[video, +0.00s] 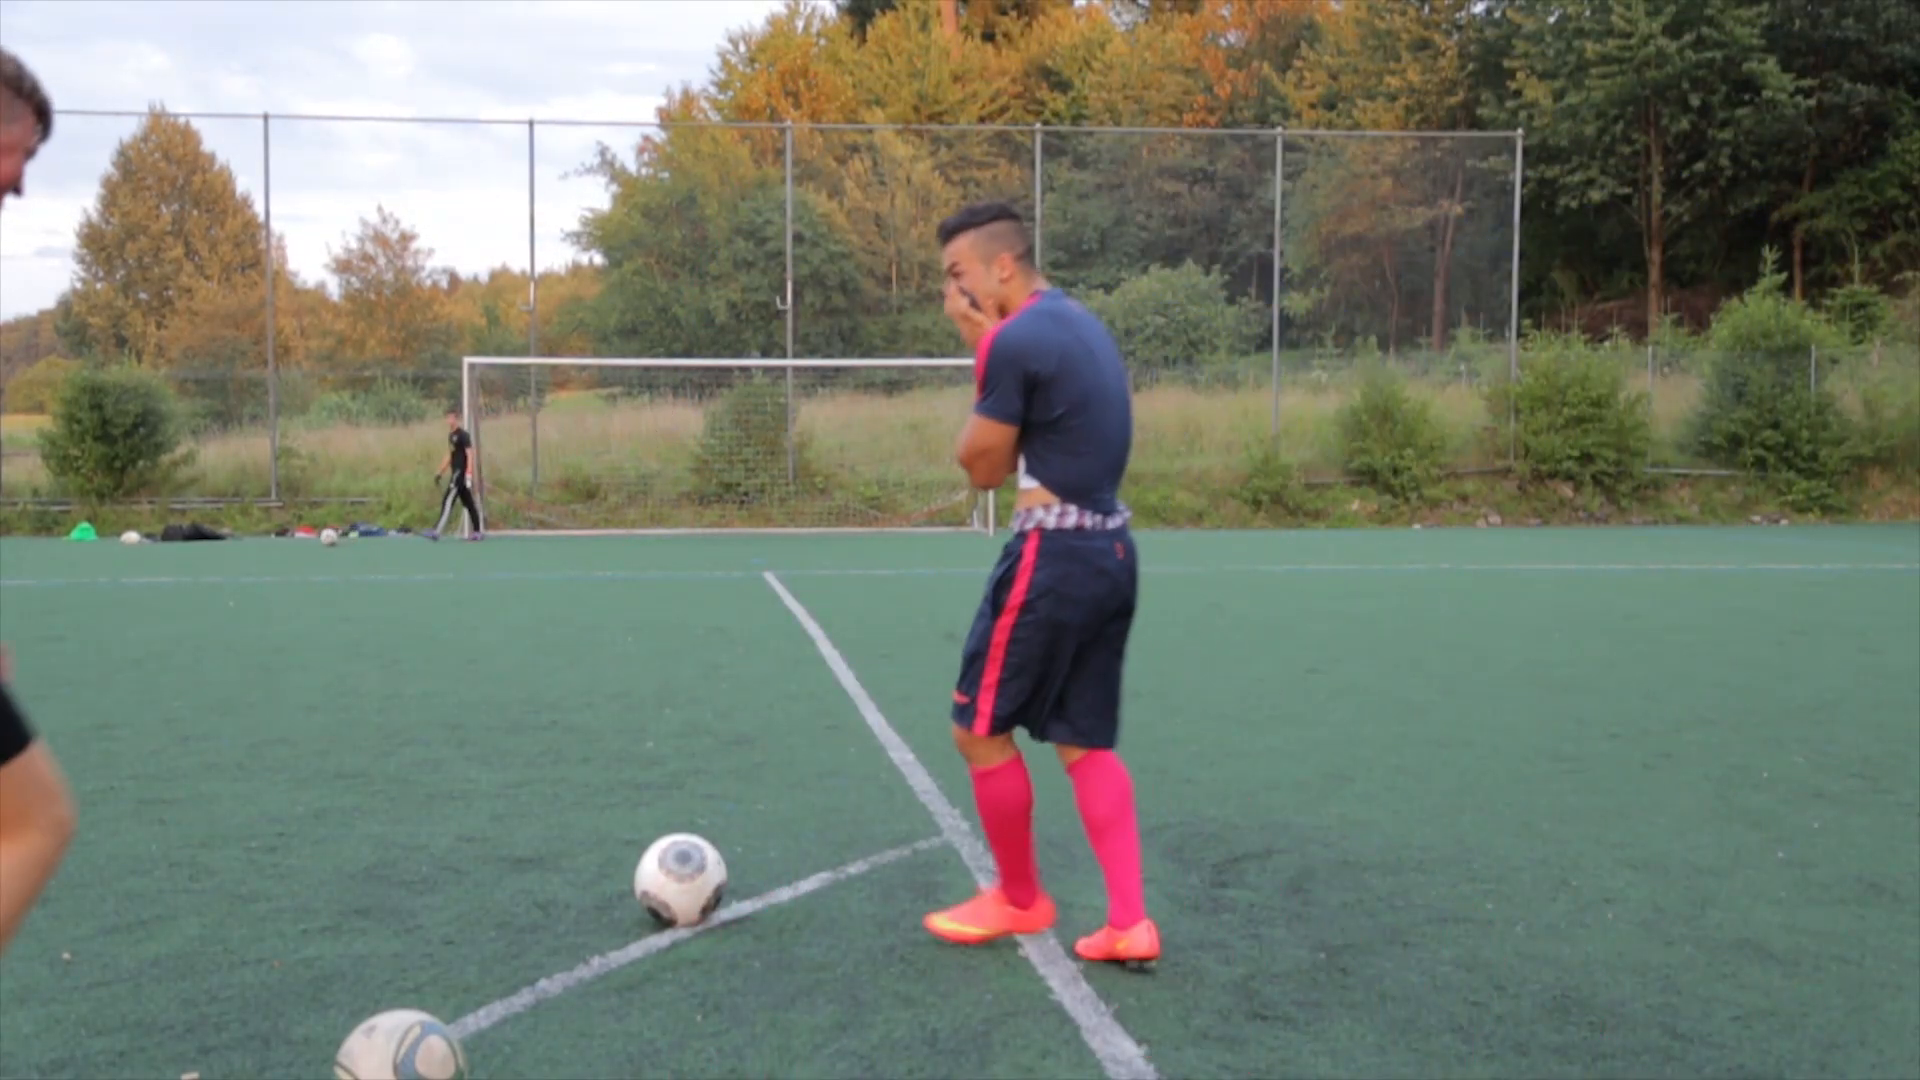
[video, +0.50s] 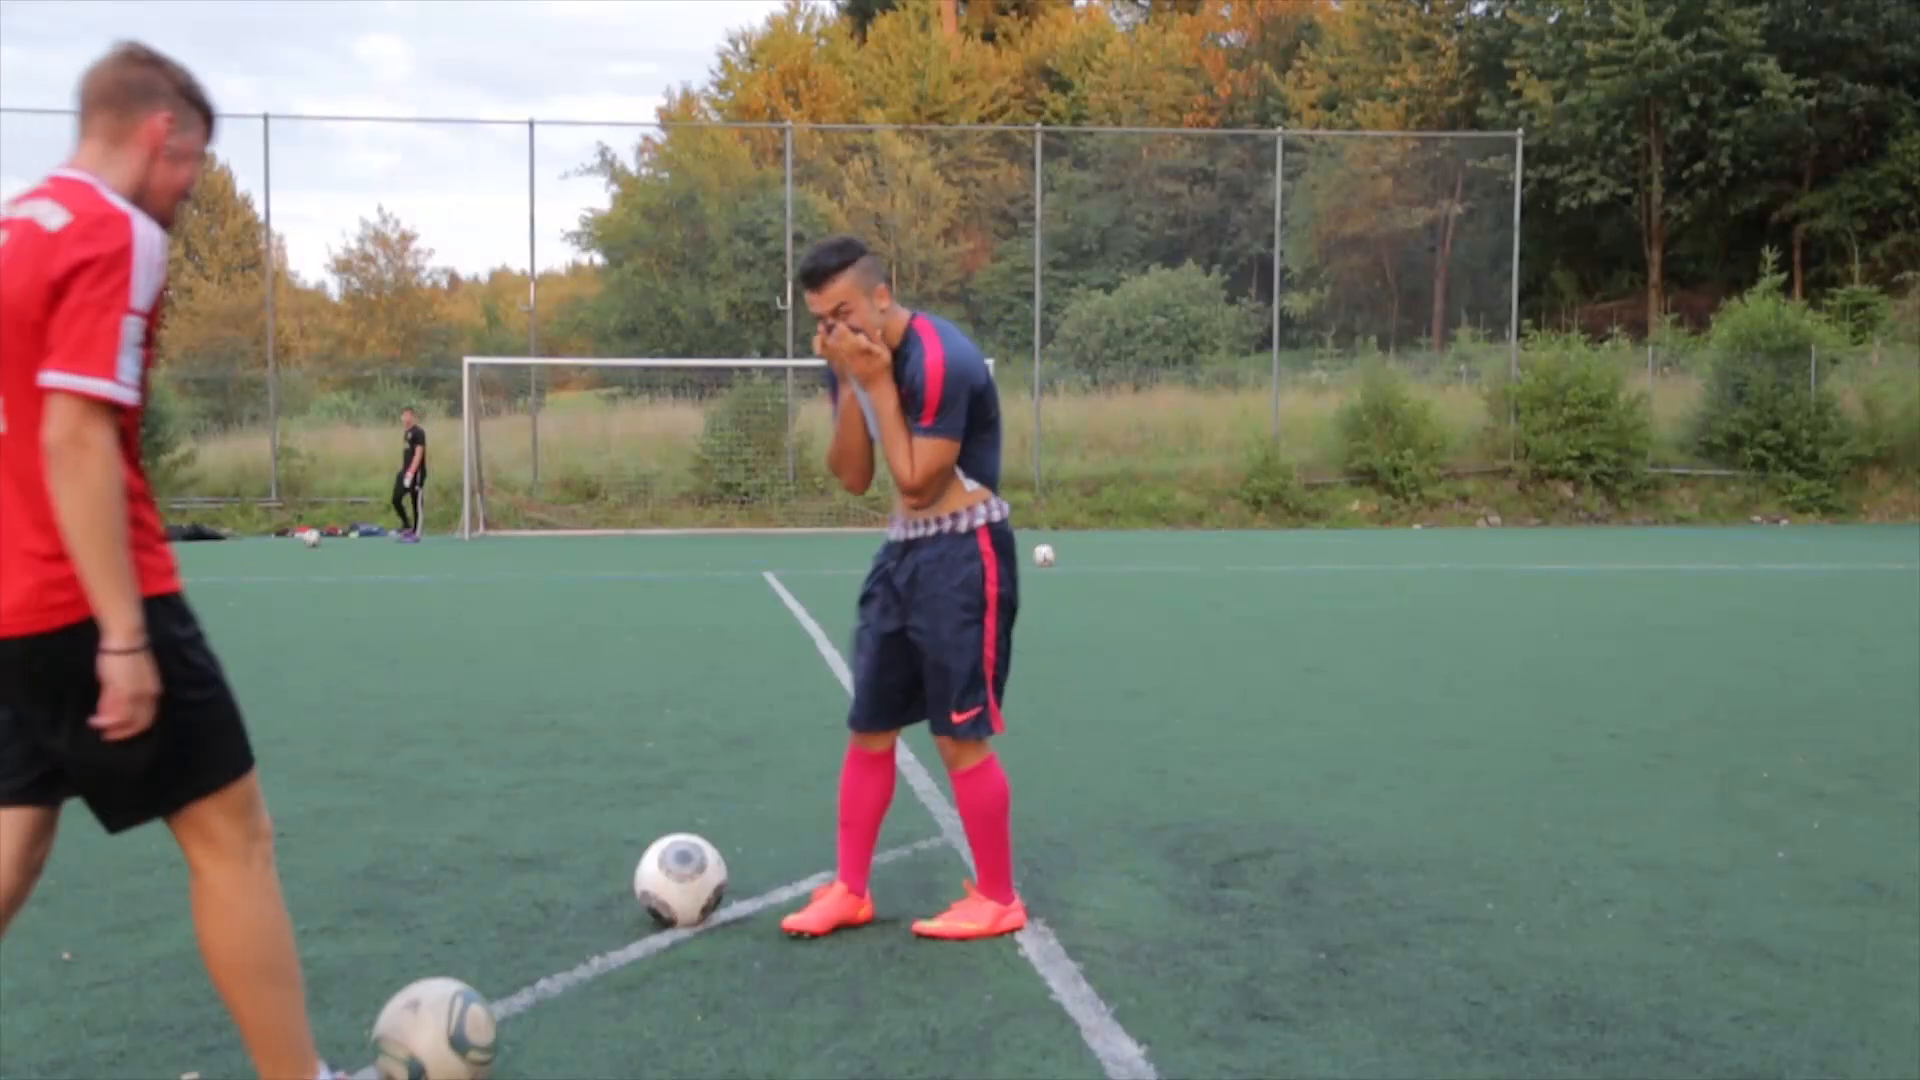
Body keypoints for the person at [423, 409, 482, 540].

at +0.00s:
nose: (449, 421)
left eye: (451, 418)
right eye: (448, 418)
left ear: (456, 419)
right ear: (448, 420)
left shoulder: (463, 435)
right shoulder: (452, 435)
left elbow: (470, 455)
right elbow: (450, 455)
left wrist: (469, 474)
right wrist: (440, 472)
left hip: (461, 470)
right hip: (456, 469)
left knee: (448, 499)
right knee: (468, 502)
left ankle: (437, 531)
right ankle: (477, 530)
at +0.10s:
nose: (440, 423)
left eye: (442, 420)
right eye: (438, 420)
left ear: (447, 421)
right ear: (438, 422)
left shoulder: (453, 437)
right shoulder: (443, 437)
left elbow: (460, 457)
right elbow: (440, 458)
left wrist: (463, 475)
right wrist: (429, 473)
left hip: (452, 472)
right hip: (447, 472)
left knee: (439, 502)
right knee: (461, 503)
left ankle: (423, 532)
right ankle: (476, 529)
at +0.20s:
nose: (430, 424)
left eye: (432, 421)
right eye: (428, 421)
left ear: (437, 421)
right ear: (427, 423)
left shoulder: (443, 437)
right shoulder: (433, 438)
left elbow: (449, 457)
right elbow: (431, 460)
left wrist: (453, 476)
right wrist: (421, 476)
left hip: (440, 473)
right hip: (436, 473)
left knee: (428, 502)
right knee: (449, 503)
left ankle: (417, 533)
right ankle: (469, 525)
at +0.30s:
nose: (421, 421)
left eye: (423, 418)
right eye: (420, 418)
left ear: (428, 419)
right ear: (419, 420)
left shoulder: (434, 435)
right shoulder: (423, 435)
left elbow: (438, 456)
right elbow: (423, 457)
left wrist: (440, 475)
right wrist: (417, 473)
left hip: (430, 471)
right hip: (424, 471)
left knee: (421, 502)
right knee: (429, 504)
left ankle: (416, 533)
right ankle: (455, 520)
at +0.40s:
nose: (412, 420)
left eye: (415, 417)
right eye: (411, 417)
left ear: (421, 419)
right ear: (410, 419)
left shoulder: (425, 434)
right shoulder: (415, 433)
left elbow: (428, 456)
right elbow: (417, 455)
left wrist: (425, 473)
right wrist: (413, 471)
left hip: (422, 472)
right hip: (414, 471)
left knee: (419, 502)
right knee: (411, 500)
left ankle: (416, 532)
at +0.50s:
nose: (405, 419)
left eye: (407, 416)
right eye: (403, 416)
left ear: (413, 417)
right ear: (403, 418)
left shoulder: (418, 432)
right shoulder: (407, 433)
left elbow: (418, 454)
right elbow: (408, 454)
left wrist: (410, 473)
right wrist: (405, 470)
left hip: (416, 471)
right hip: (406, 470)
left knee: (416, 502)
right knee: (396, 499)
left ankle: (416, 531)